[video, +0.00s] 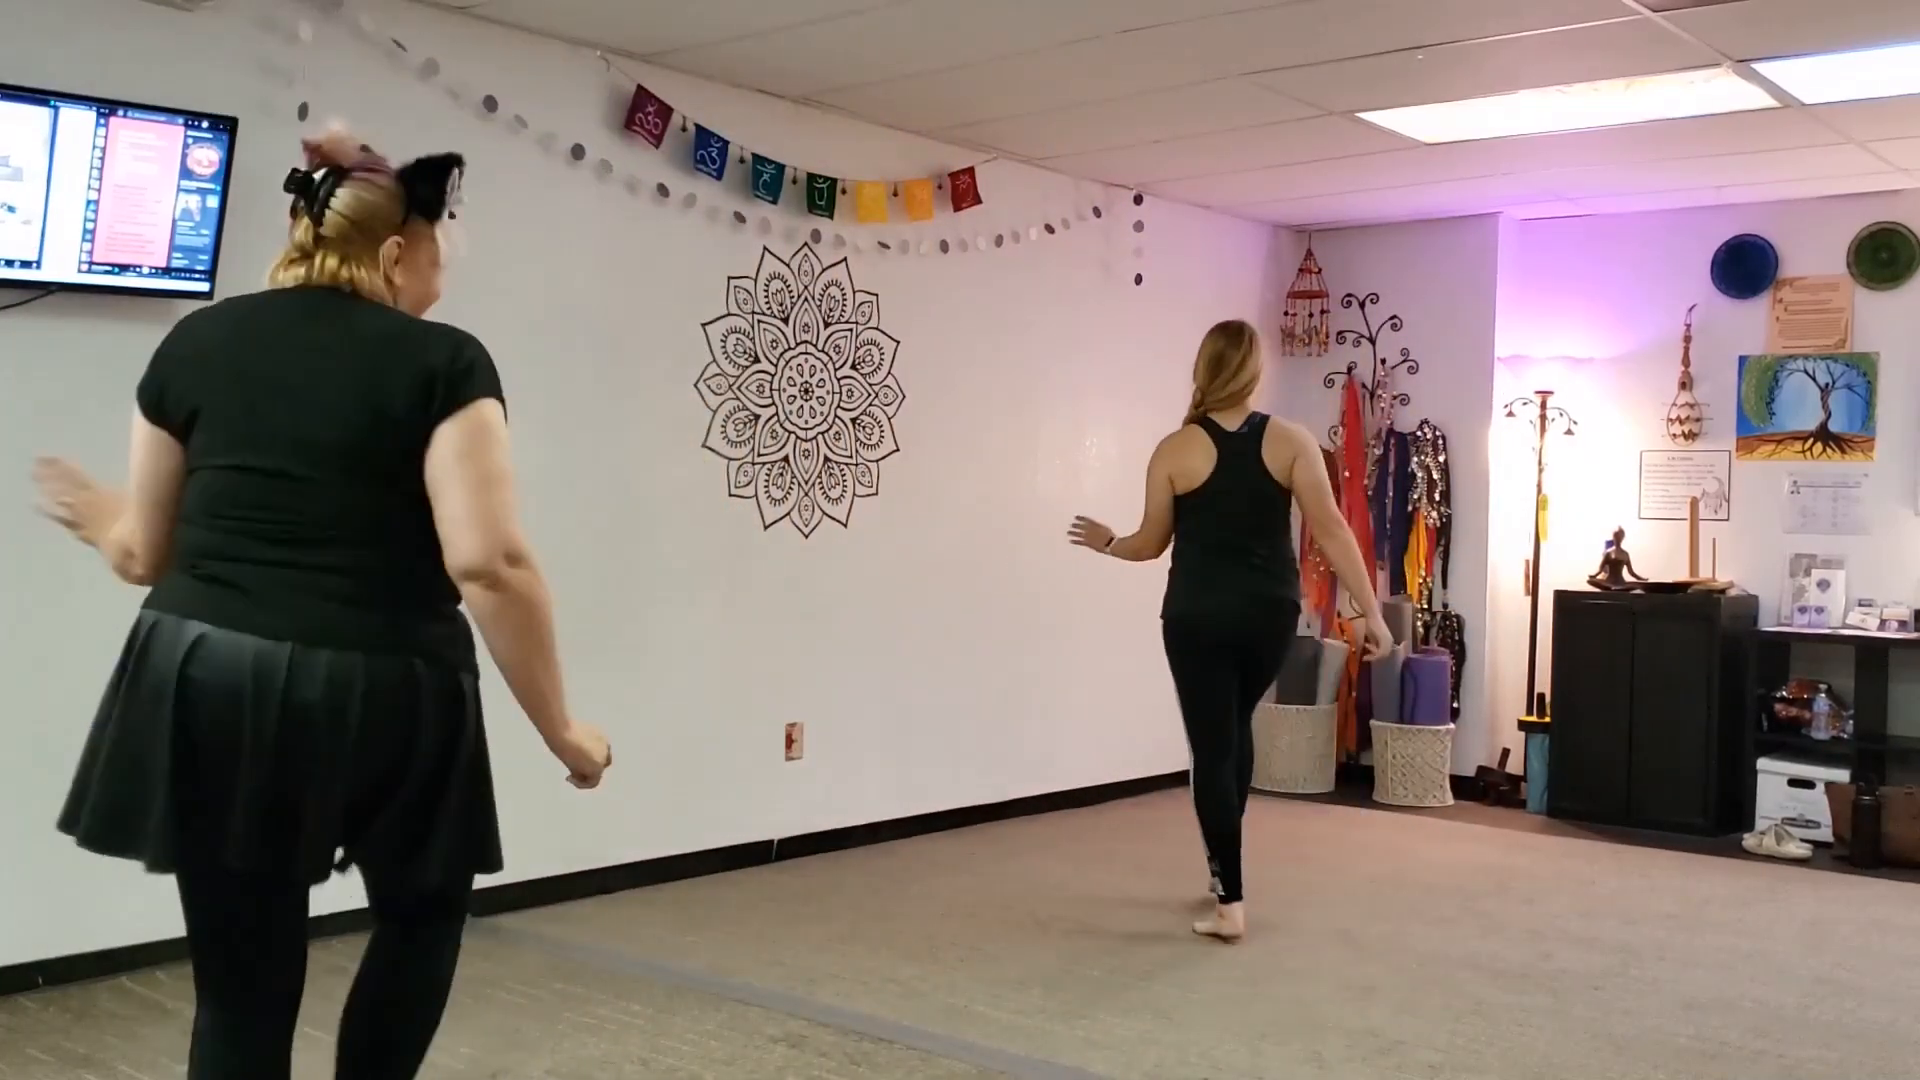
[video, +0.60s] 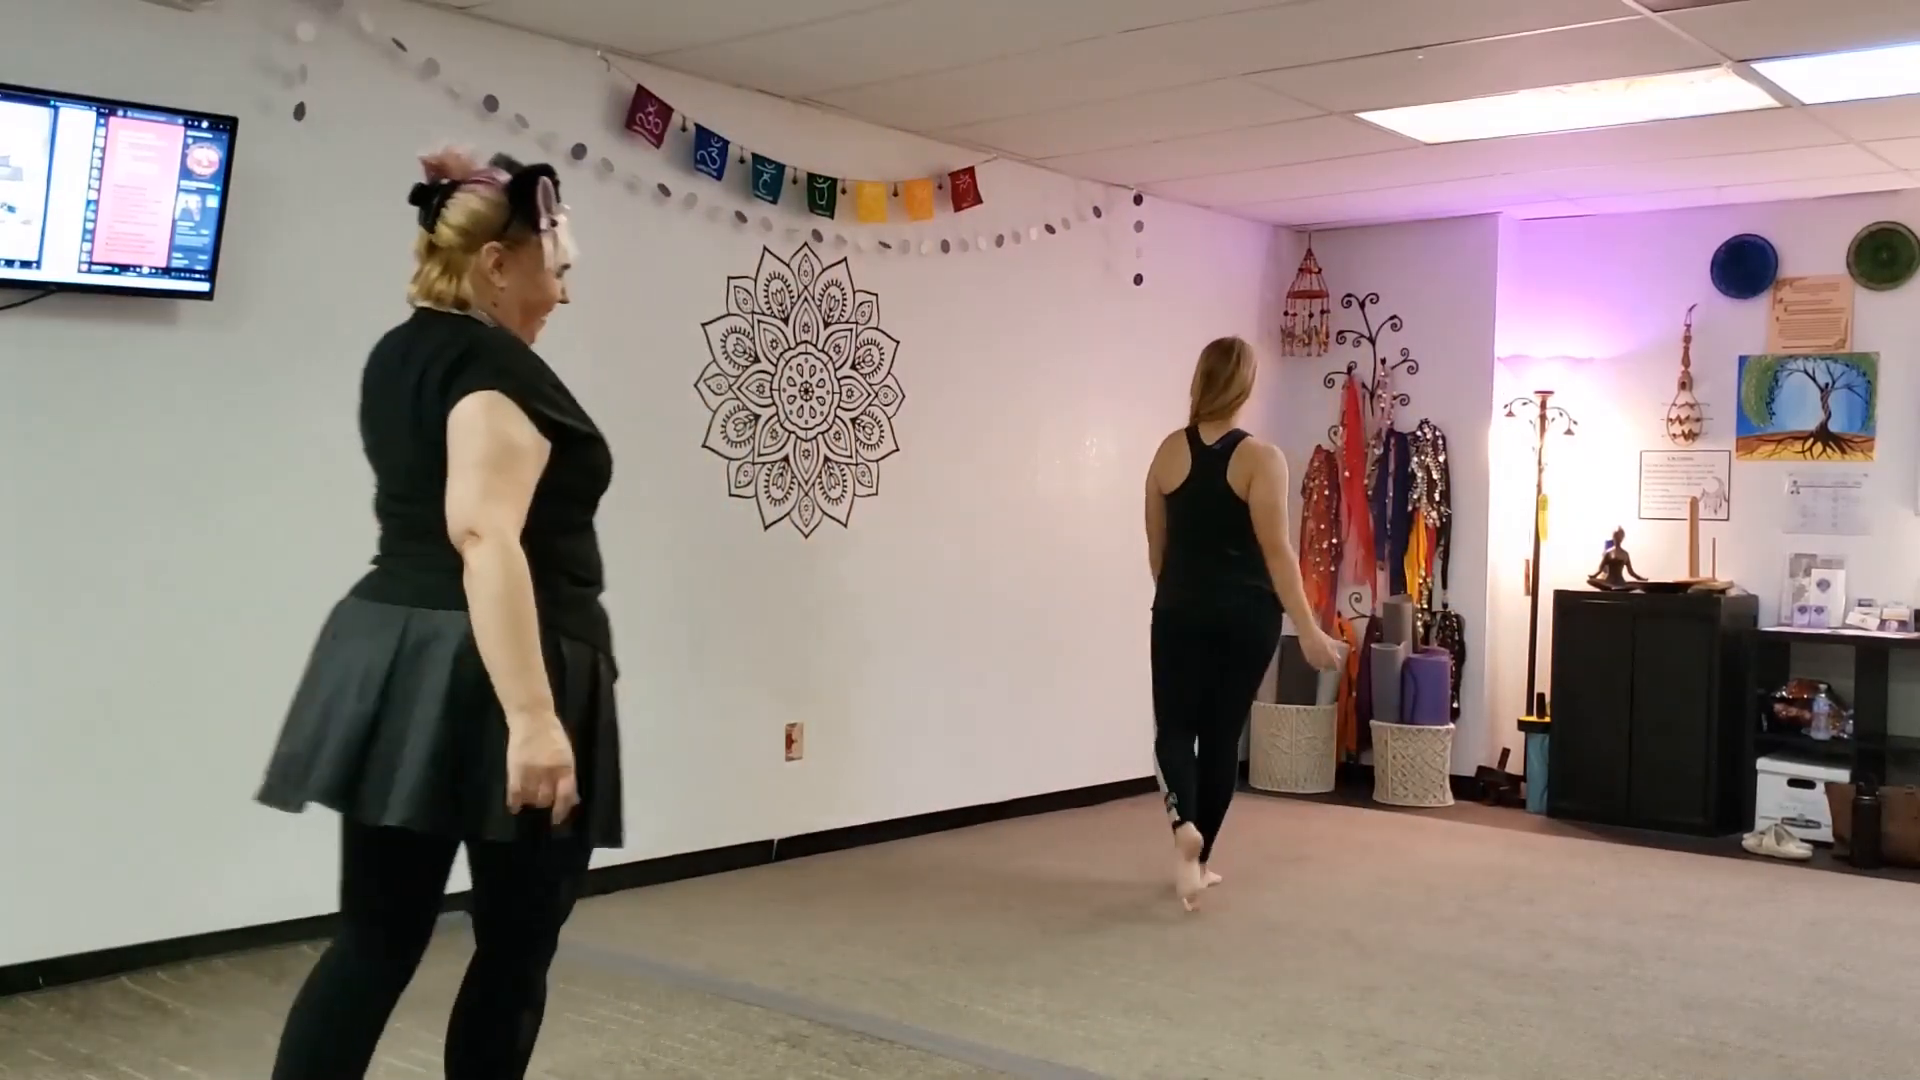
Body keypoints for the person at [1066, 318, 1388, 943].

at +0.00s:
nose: (1258, 373)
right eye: (1258, 365)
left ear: (1201, 371)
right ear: (1255, 372)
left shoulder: (1173, 450)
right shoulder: (1292, 442)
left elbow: (1151, 544)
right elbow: (1329, 528)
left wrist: (1110, 543)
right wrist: (1370, 610)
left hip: (1195, 616)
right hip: (1270, 615)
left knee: (1212, 752)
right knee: (1237, 721)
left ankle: (1231, 902)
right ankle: (1222, 860)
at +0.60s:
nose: (1250, 388)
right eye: (1252, 380)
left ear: (1199, 381)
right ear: (1247, 387)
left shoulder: (1168, 454)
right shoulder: (1263, 458)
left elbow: (1158, 549)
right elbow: (1277, 553)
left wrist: (1174, 598)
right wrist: (1309, 630)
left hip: (1178, 613)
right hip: (1247, 617)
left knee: (1173, 726)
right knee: (1222, 734)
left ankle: (1183, 821)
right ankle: (1197, 863)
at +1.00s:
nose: (1256, 391)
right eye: (1257, 384)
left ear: (1206, 389)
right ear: (1255, 392)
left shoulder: (1180, 455)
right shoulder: (1281, 462)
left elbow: (1138, 524)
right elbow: (1309, 549)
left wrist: (1098, 586)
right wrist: (1348, 617)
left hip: (1190, 606)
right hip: (1252, 611)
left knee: (1244, 696)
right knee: (1222, 726)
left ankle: (1234, 820)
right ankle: (1197, 860)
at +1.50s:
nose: (1307, 402)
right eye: (1304, 395)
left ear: (1255, 401)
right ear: (1300, 401)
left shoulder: (1237, 468)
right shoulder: (1334, 455)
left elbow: (1207, 545)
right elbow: (1354, 540)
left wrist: (1167, 600)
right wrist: (1363, 608)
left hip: (1249, 601)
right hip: (1307, 603)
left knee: (1277, 713)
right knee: (1272, 716)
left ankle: (1291, 834)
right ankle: (1217, 824)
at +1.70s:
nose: (1331, 404)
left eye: (1328, 396)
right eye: (1328, 397)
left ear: (1280, 403)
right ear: (1320, 401)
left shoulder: (1262, 470)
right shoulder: (1342, 448)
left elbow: (1248, 544)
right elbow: (1366, 528)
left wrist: (1237, 594)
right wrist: (1385, 597)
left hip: (1273, 602)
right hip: (1323, 600)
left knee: (1295, 711)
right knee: (1348, 715)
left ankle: (1296, 836)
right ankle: (1256, 784)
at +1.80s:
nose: (1345, 407)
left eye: (1345, 399)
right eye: (1343, 399)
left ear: (1296, 402)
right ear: (1328, 401)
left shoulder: (1277, 464)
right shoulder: (1337, 444)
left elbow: (1274, 542)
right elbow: (1355, 523)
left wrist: (1280, 588)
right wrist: (1389, 591)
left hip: (1281, 596)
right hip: (1326, 596)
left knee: (1306, 708)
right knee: (1376, 704)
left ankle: (1297, 836)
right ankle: (1283, 772)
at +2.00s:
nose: (1373, 399)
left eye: (1372, 391)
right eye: (1366, 391)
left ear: (1335, 397)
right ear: (1339, 396)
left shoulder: (1332, 446)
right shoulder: (1325, 445)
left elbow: (1336, 526)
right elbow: (1325, 523)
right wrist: (1375, 584)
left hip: (1312, 593)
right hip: (1329, 594)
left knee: (1315, 710)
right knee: (1409, 688)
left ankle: (1296, 834)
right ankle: (1362, 802)